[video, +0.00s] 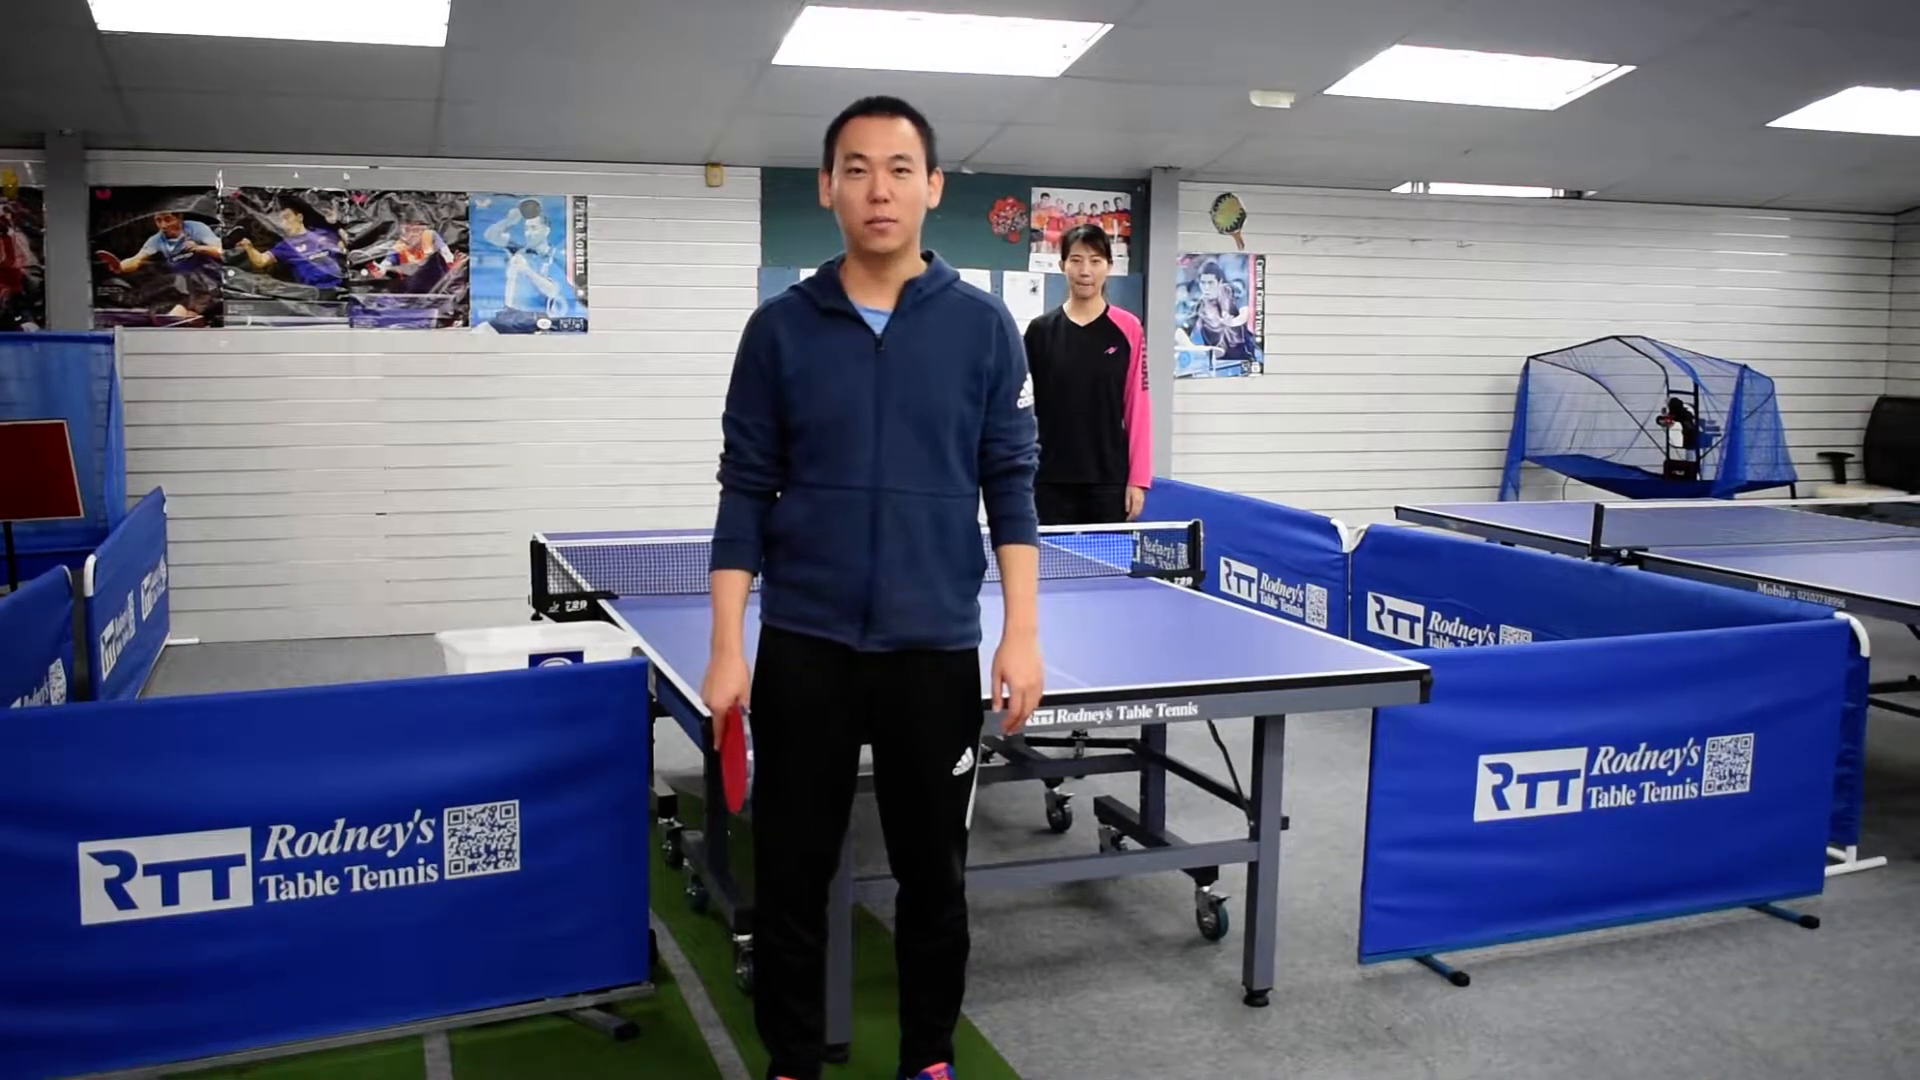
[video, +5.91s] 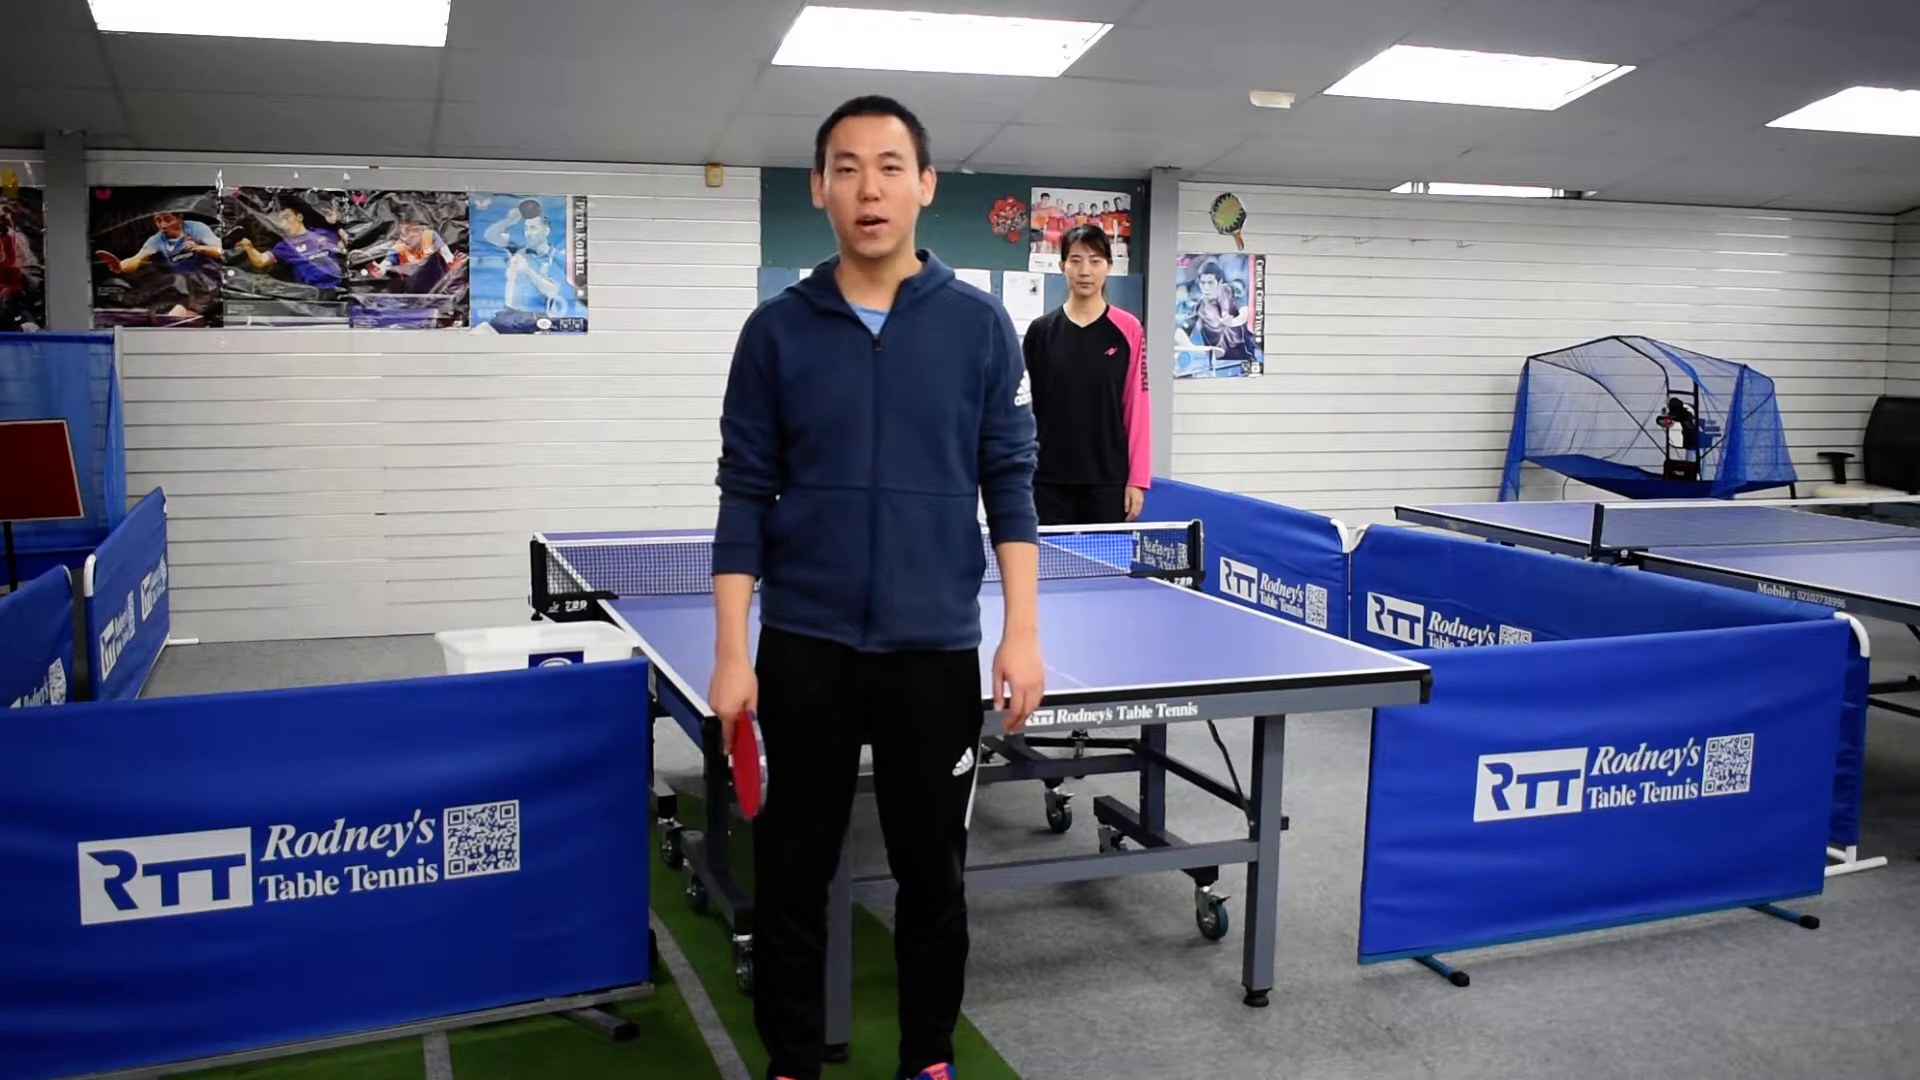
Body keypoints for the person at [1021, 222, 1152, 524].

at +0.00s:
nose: (1085, 271)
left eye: (1095, 262)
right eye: (1076, 261)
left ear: (1109, 268)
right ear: (1063, 266)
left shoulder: (1128, 329)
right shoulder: (1039, 331)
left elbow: (1137, 406)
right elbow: (1021, 404)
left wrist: (1138, 478)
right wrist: (1020, 478)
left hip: (1108, 481)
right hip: (1050, 481)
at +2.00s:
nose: (1084, 271)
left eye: (1094, 262)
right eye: (1075, 261)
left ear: (1108, 268)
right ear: (1062, 266)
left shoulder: (1127, 329)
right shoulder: (1039, 331)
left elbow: (1136, 407)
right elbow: (1022, 405)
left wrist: (1137, 479)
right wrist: (1020, 478)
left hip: (1107, 483)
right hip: (1049, 481)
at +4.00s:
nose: (1085, 271)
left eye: (1095, 262)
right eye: (1076, 261)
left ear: (1108, 268)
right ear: (1063, 266)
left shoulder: (1128, 329)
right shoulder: (1040, 331)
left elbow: (1137, 407)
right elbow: (1023, 405)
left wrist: (1138, 479)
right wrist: (1021, 478)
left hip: (1108, 482)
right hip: (1050, 481)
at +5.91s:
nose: (1085, 271)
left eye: (1095, 262)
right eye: (1076, 261)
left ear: (1108, 268)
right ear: (1063, 267)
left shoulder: (1128, 330)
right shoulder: (1040, 331)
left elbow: (1136, 407)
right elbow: (1023, 405)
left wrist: (1138, 478)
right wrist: (1020, 476)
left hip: (1107, 482)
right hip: (1049, 481)